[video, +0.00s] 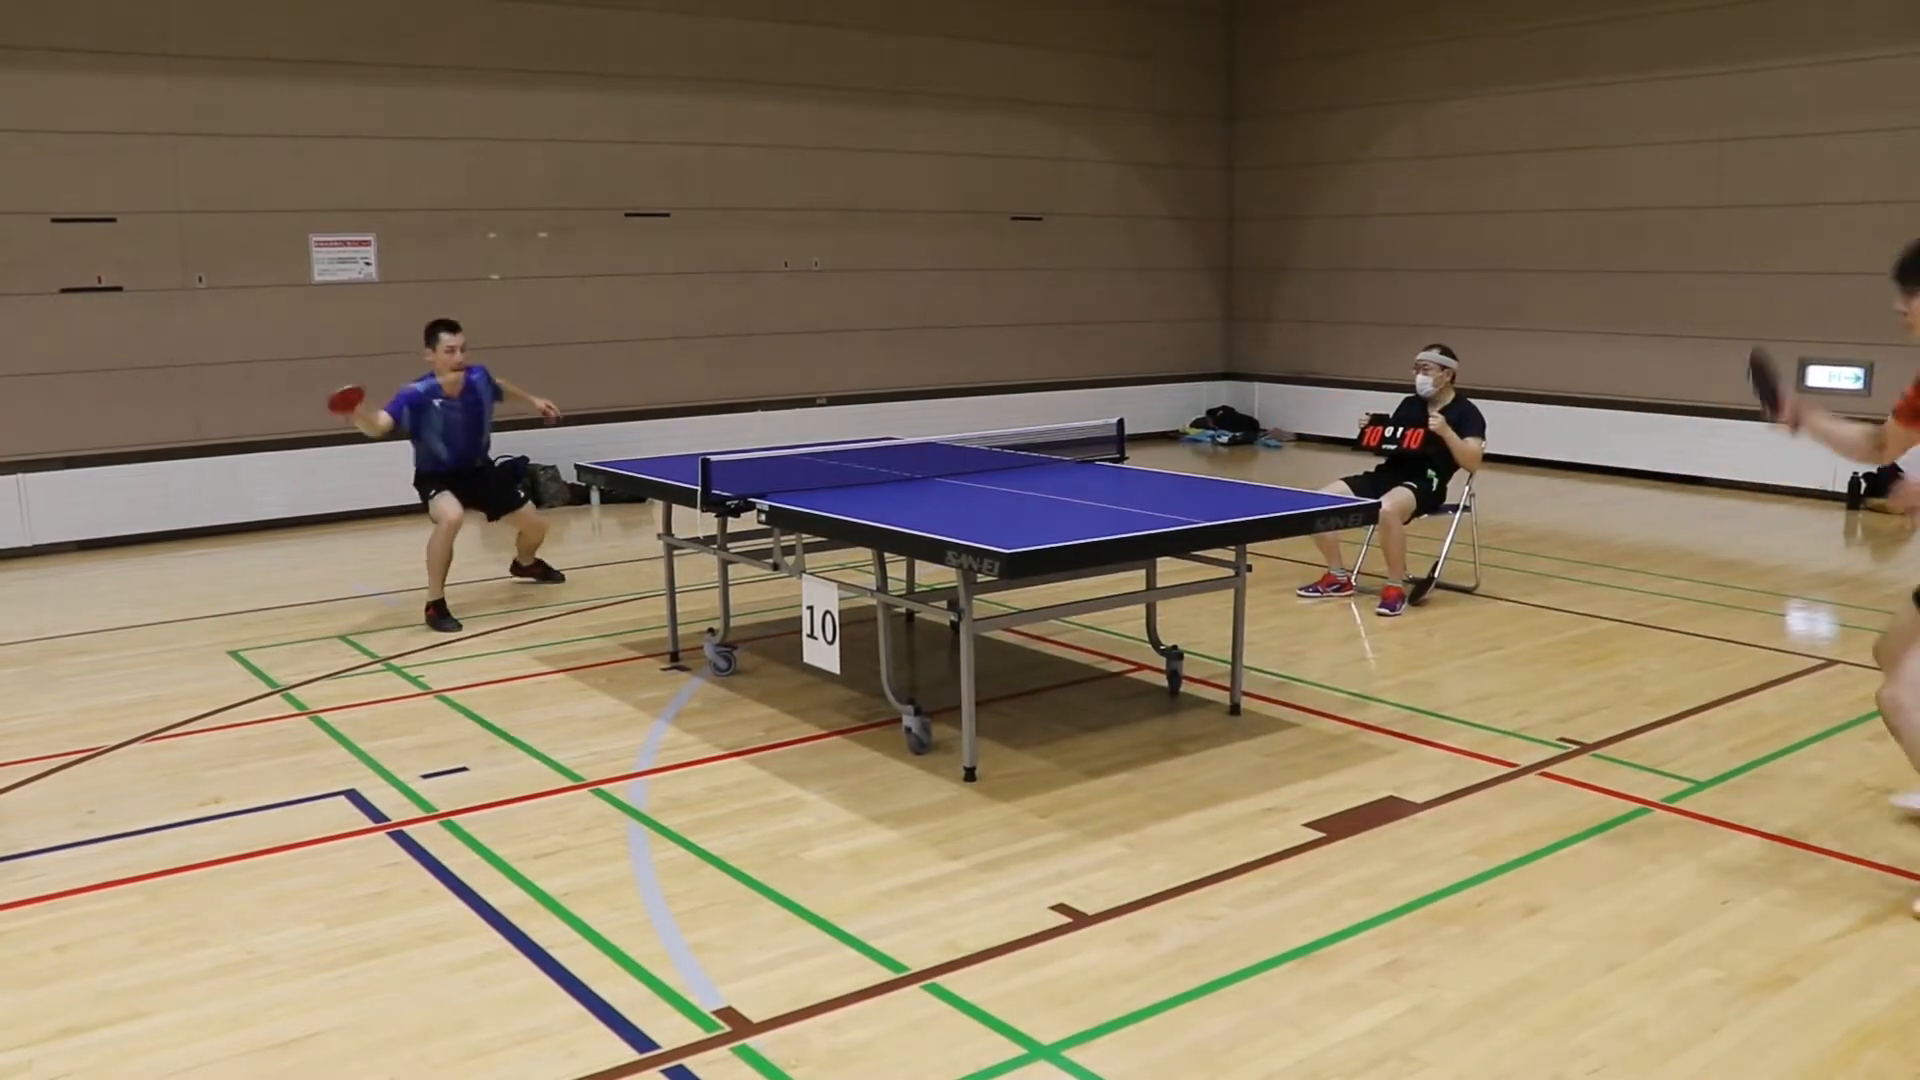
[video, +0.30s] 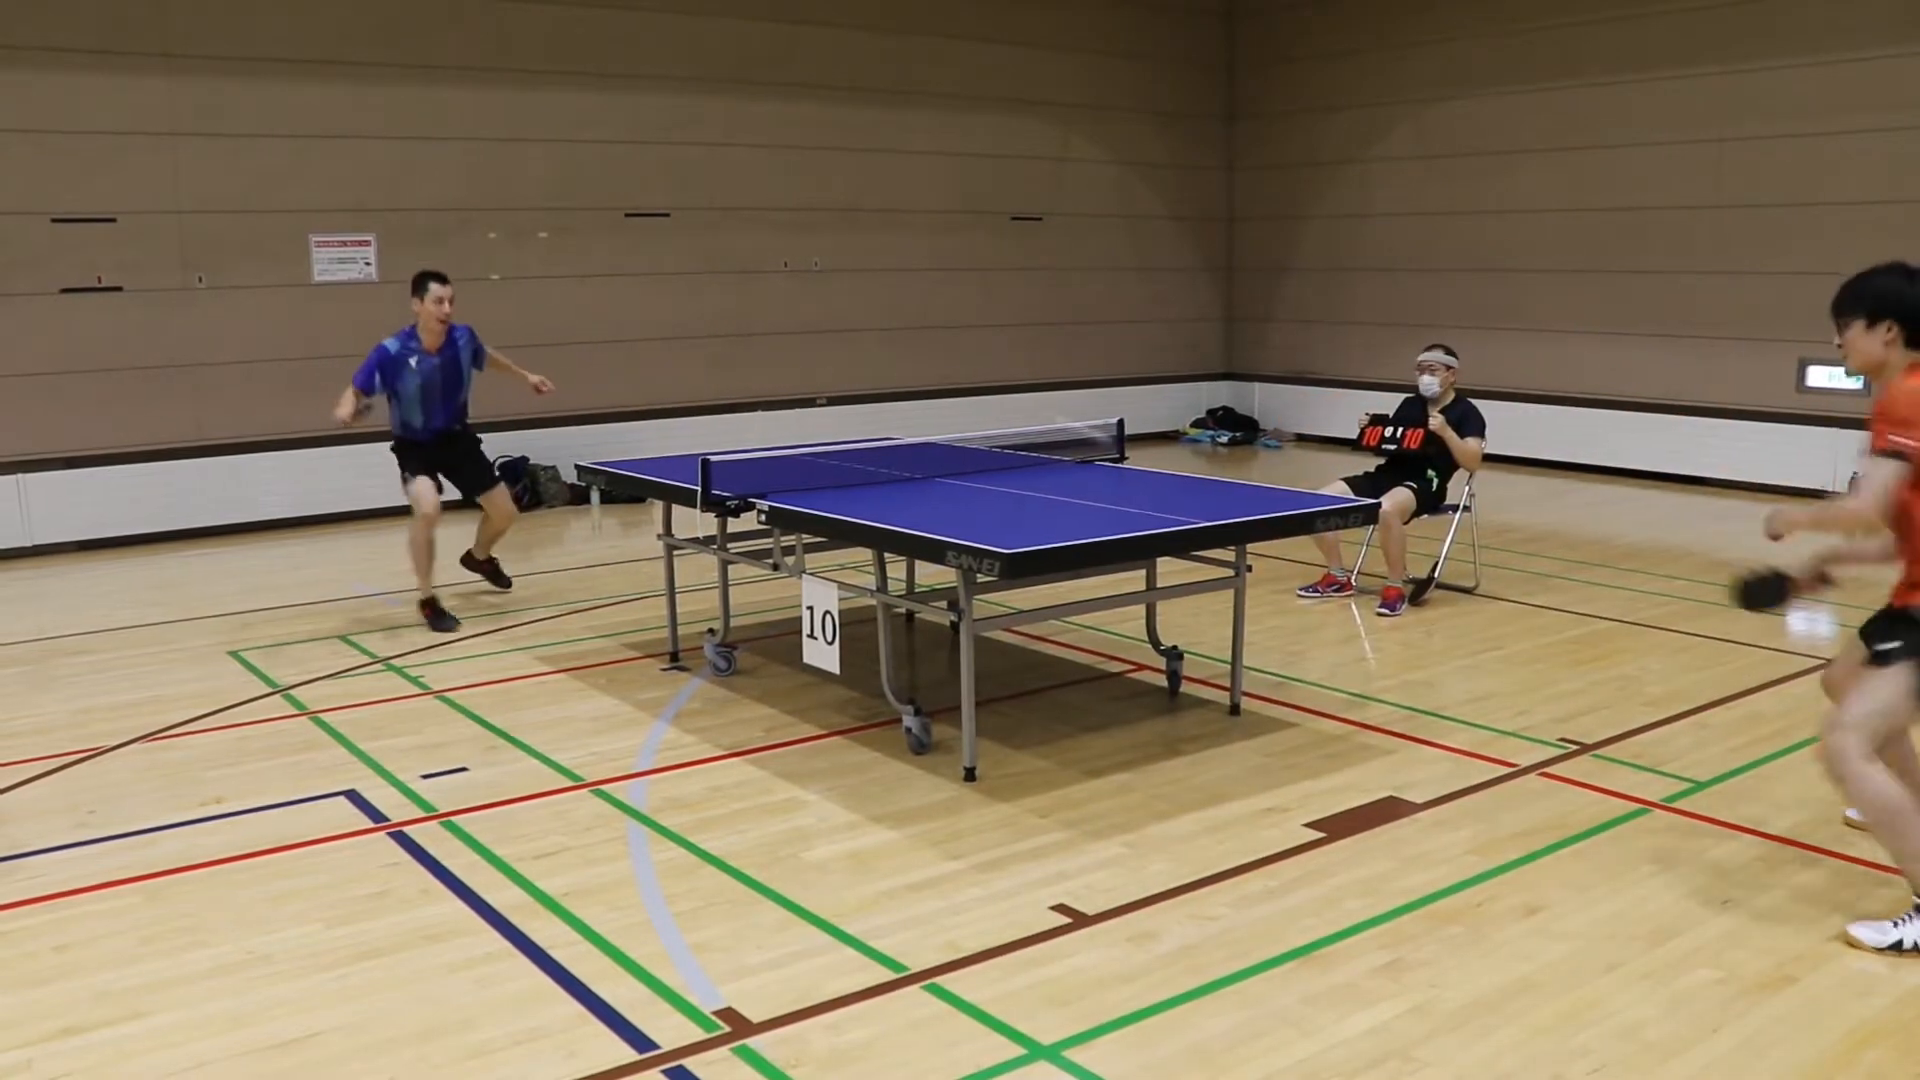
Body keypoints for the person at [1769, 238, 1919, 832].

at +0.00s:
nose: (1903, 312)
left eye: (1908, 299)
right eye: (1902, 300)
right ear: (1906, 302)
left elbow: (1880, 446)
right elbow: (1878, 445)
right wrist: (1804, 416)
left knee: (1899, 697)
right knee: (1890, 651)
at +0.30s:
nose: (1841, 346)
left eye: (1848, 331)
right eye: (1840, 333)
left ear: (1888, 332)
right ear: (1888, 335)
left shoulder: (1903, 392)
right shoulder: (1905, 393)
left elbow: (1871, 509)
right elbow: (1901, 539)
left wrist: (1797, 518)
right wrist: (1832, 559)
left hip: (1919, 605)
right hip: (1909, 599)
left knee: (1849, 743)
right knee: (1841, 678)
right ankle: (1903, 799)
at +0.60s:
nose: (1855, 351)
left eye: (1860, 342)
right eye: (1862, 341)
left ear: (1873, 347)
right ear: (1917, 355)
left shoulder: (1816, 406)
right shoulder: (1918, 416)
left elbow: (1725, 488)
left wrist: (1661, 554)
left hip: (1799, 620)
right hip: (1884, 628)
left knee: (1687, 752)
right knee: (1857, 701)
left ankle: (1731, 880)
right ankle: (1898, 833)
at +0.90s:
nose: (1694, 338)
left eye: (1702, 326)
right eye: (1697, 325)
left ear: (1729, 337)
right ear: (1752, 336)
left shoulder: (1779, 439)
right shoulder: (1717, 391)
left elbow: (1717, 569)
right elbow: (1612, 381)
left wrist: (1642, 501)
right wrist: (1592, 313)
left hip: (1757, 644)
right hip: (1747, 626)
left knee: (1625, 776)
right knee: (1794, 738)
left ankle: (1752, 903)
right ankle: (1862, 835)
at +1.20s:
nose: (1549, 278)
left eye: (1555, 263)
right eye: (1551, 263)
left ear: (1583, 271)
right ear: (1641, 277)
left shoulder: (1549, 352)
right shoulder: (1684, 381)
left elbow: (1475, 483)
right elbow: (1670, 514)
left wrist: (1523, 485)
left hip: (1538, 613)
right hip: (1630, 623)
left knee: (1432, 758)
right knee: (1587, 766)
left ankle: (1498, 913)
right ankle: (1592, 939)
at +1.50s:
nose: (1408, 321)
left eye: (1413, 310)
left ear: (1413, 327)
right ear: (1498, 352)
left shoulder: (1343, 393)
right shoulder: (1493, 452)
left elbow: (1296, 504)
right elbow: (1495, 619)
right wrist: (1509, 694)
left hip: (1271, 652)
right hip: (1382, 673)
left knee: (1208, 828)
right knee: (1468, 790)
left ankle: (1169, 1015)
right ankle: (1528, 968)